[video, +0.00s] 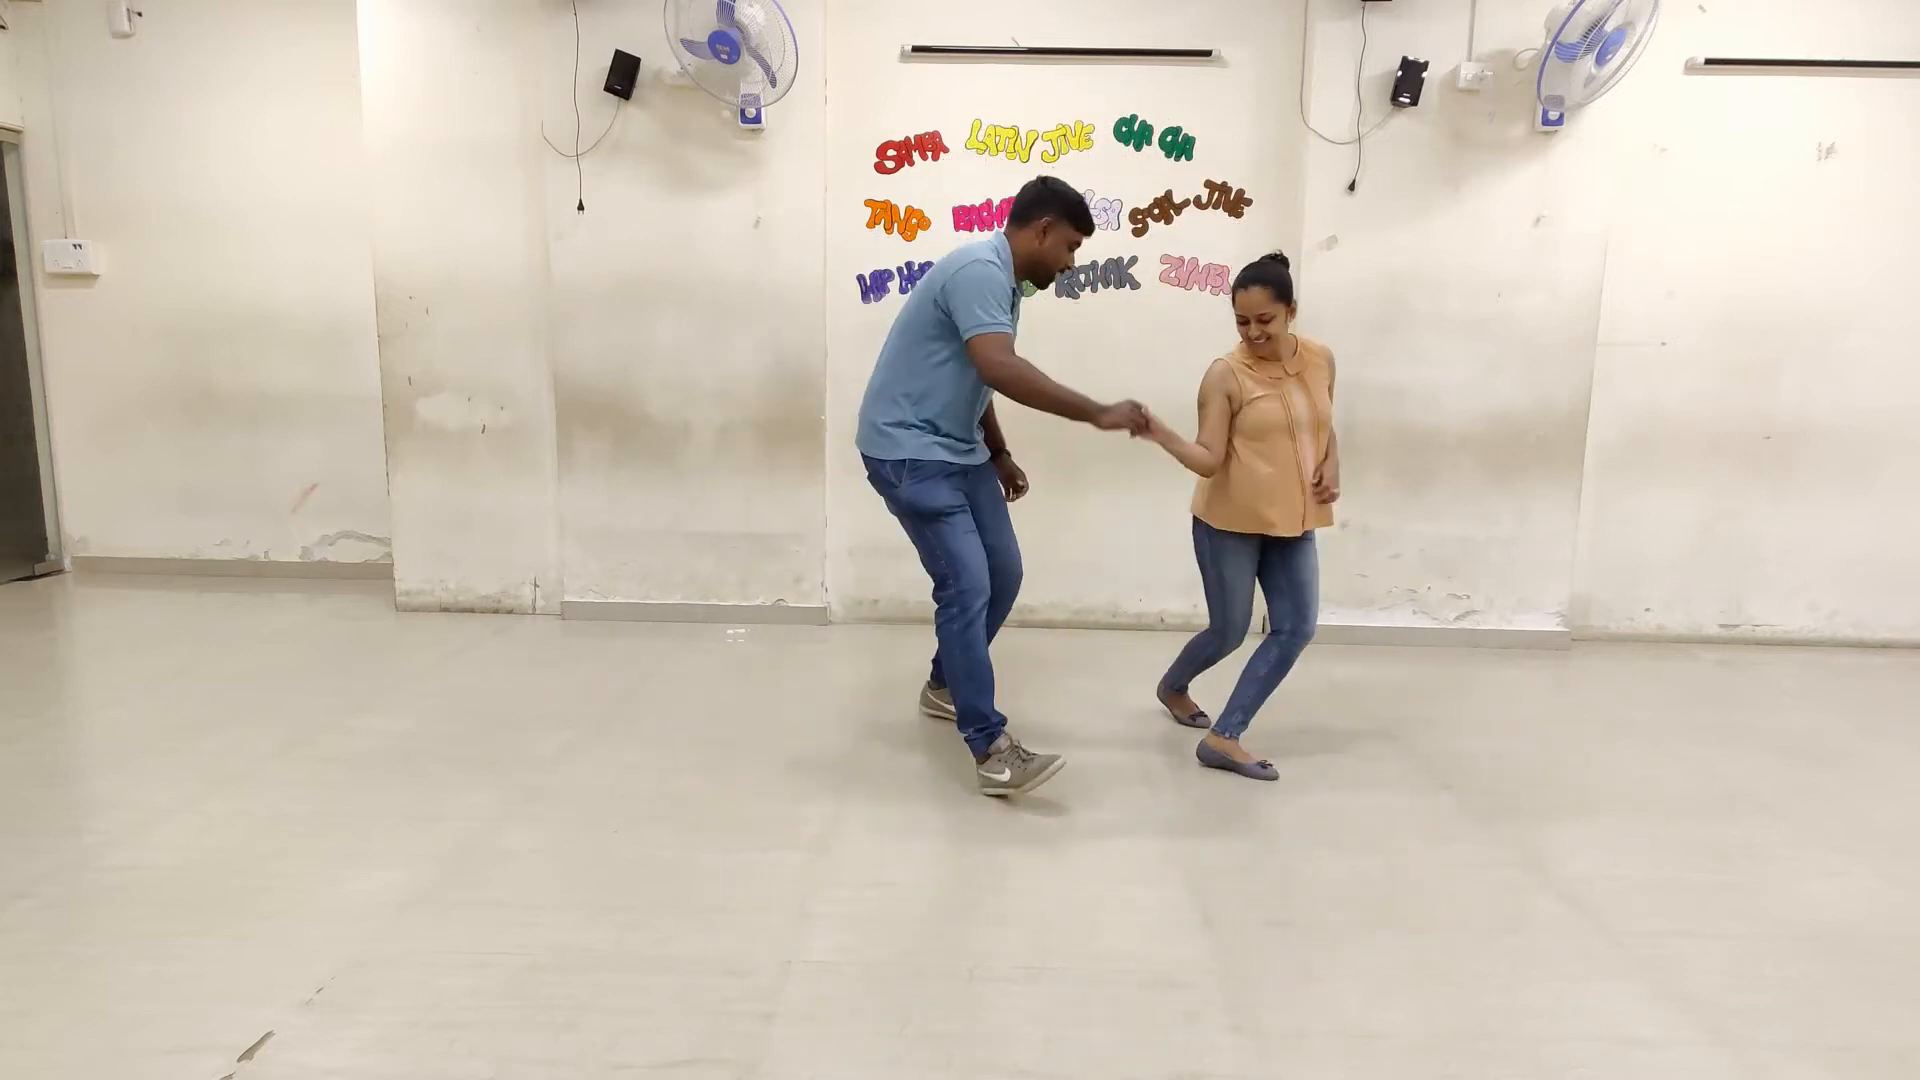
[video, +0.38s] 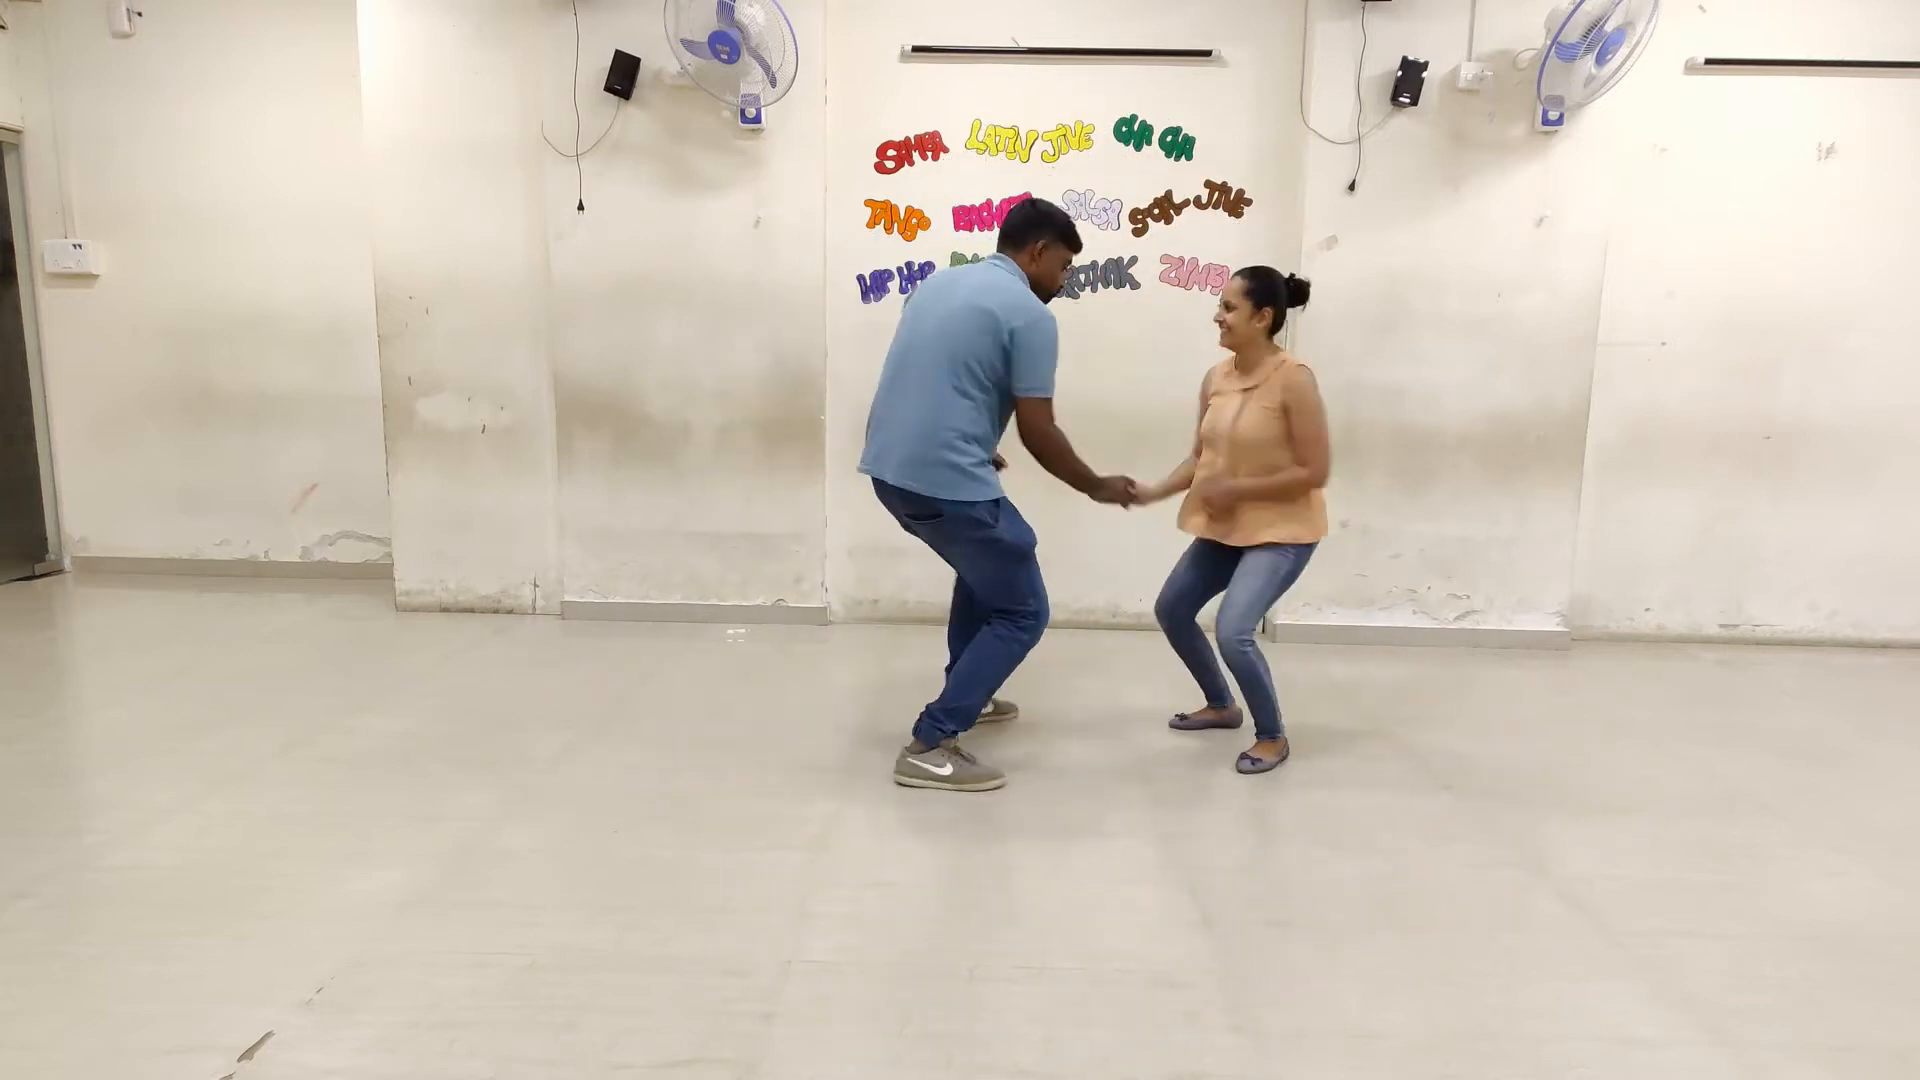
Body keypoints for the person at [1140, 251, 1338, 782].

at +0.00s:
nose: (1254, 332)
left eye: (1265, 319)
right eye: (1243, 321)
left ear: (1290, 310)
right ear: (1234, 314)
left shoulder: (1318, 360)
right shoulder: (1224, 375)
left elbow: (1324, 426)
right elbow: (1209, 459)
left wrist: (1330, 466)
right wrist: (1159, 432)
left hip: (1291, 523)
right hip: (1227, 521)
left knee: (1294, 628)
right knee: (1230, 630)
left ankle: (1223, 736)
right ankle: (1171, 686)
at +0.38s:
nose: (1218, 316)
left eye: (1229, 309)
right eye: (1219, 306)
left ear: (1264, 317)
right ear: (1239, 315)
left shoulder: (1294, 379)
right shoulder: (1217, 377)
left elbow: (1315, 472)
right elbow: (1202, 458)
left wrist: (1237, 490)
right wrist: (1154, 490)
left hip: (1282, 532)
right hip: (1222, 528)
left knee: (1232, 631)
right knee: (1171, 609)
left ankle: (1272, 739)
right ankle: (1221, 705)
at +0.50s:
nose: (1219, 290)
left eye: (1229, 281)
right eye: (1222, 279)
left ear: (1262, 291)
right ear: (1258, 290)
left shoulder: (1267, 346)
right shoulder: (1255, 343)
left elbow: (1257, 435)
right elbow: (1216, 415)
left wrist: (1205, 450)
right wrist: (1137, 412)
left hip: (1282, 502)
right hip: (1259, 500)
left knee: (1230, 621)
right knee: (1200, 589)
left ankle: (1293, 744)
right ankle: (1223, 704)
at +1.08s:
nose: (1272, 286)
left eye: (1285, 279)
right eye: (1263, 274)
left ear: (1296, 291)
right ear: (1242, 279)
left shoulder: (1315, 352)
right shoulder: (1209, 349)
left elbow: (1343, 436)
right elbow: (1159, 418)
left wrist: (1261, 448)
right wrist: (1149, 470)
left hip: (1286, 514)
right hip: (1214, 506)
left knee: (1259, 633)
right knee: (1181, 612)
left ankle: (1218, 731)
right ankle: (1206, 682)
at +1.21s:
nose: (1320, 276)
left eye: (1321, 266)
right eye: (1311, 266)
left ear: (1292, 271)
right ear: (1276, 269)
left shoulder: (1315, 338)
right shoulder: (1234, 342)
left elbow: (1327, 413)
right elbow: (1234, 438)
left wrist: (1322, 428)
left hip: (1293, 502)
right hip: (1230, 498)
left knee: (1273, 630)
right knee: (1231, 619)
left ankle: (1218, 729)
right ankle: (1164, 674)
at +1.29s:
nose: (1331, 264)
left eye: (1328, 254)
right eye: (1324, 254)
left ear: (1295, 263)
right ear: (1296, 261)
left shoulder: (1293, 326)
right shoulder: (1264, 328)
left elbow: (1293, 413)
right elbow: (1285, 422)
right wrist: (1366, 438)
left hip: (1282, 491)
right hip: (1243, 490)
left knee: (1277, 614)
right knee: (1273, 611)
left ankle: (1214, 726)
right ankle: (1182, 702)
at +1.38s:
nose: (1332, 254)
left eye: (1328, 245)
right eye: (1329, 246)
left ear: (1275, 257)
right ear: (1319, 253)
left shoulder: (1255, 314)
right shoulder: (1318, 313)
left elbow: (1235, 395)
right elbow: (1362, 403)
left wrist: (1311, 402)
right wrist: (1409, 398)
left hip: (1231, 479)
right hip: (1284, 484)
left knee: (1251, 606)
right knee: (1310, 609)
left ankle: (1212, 734)